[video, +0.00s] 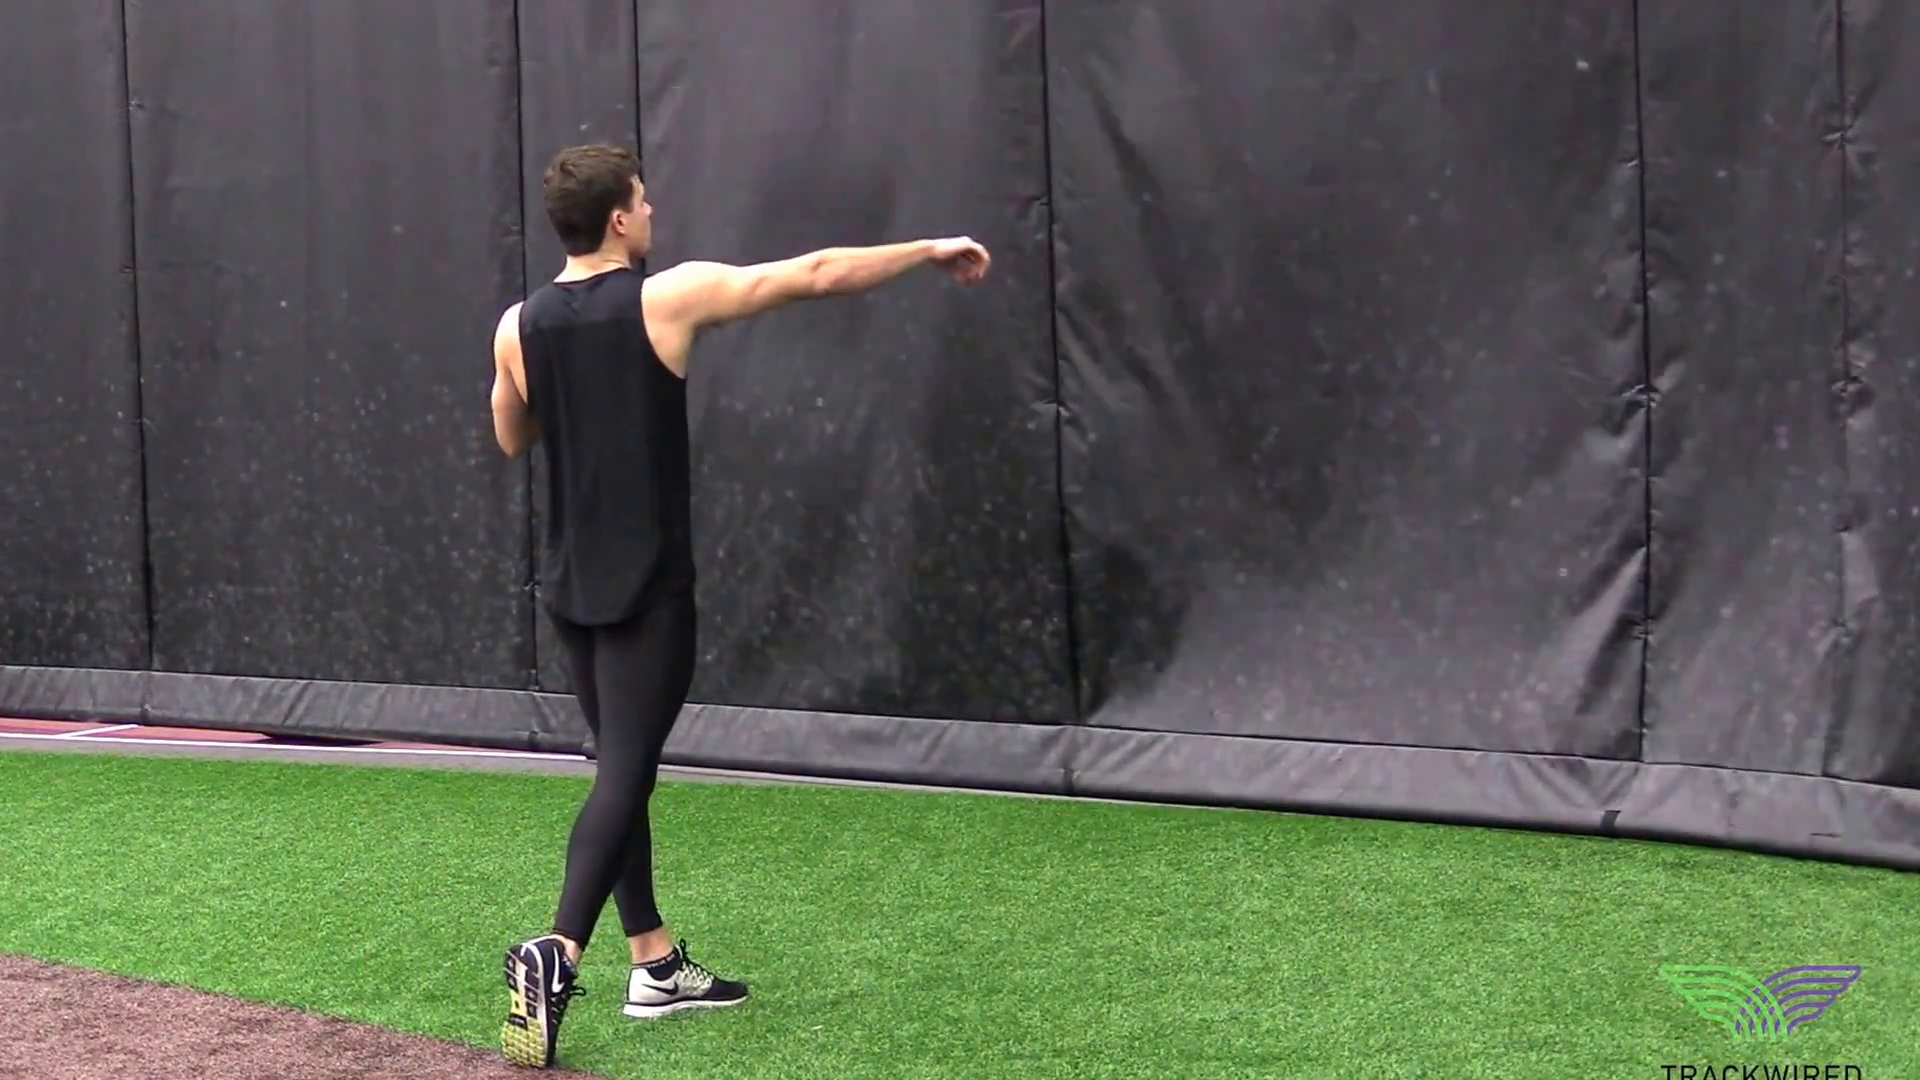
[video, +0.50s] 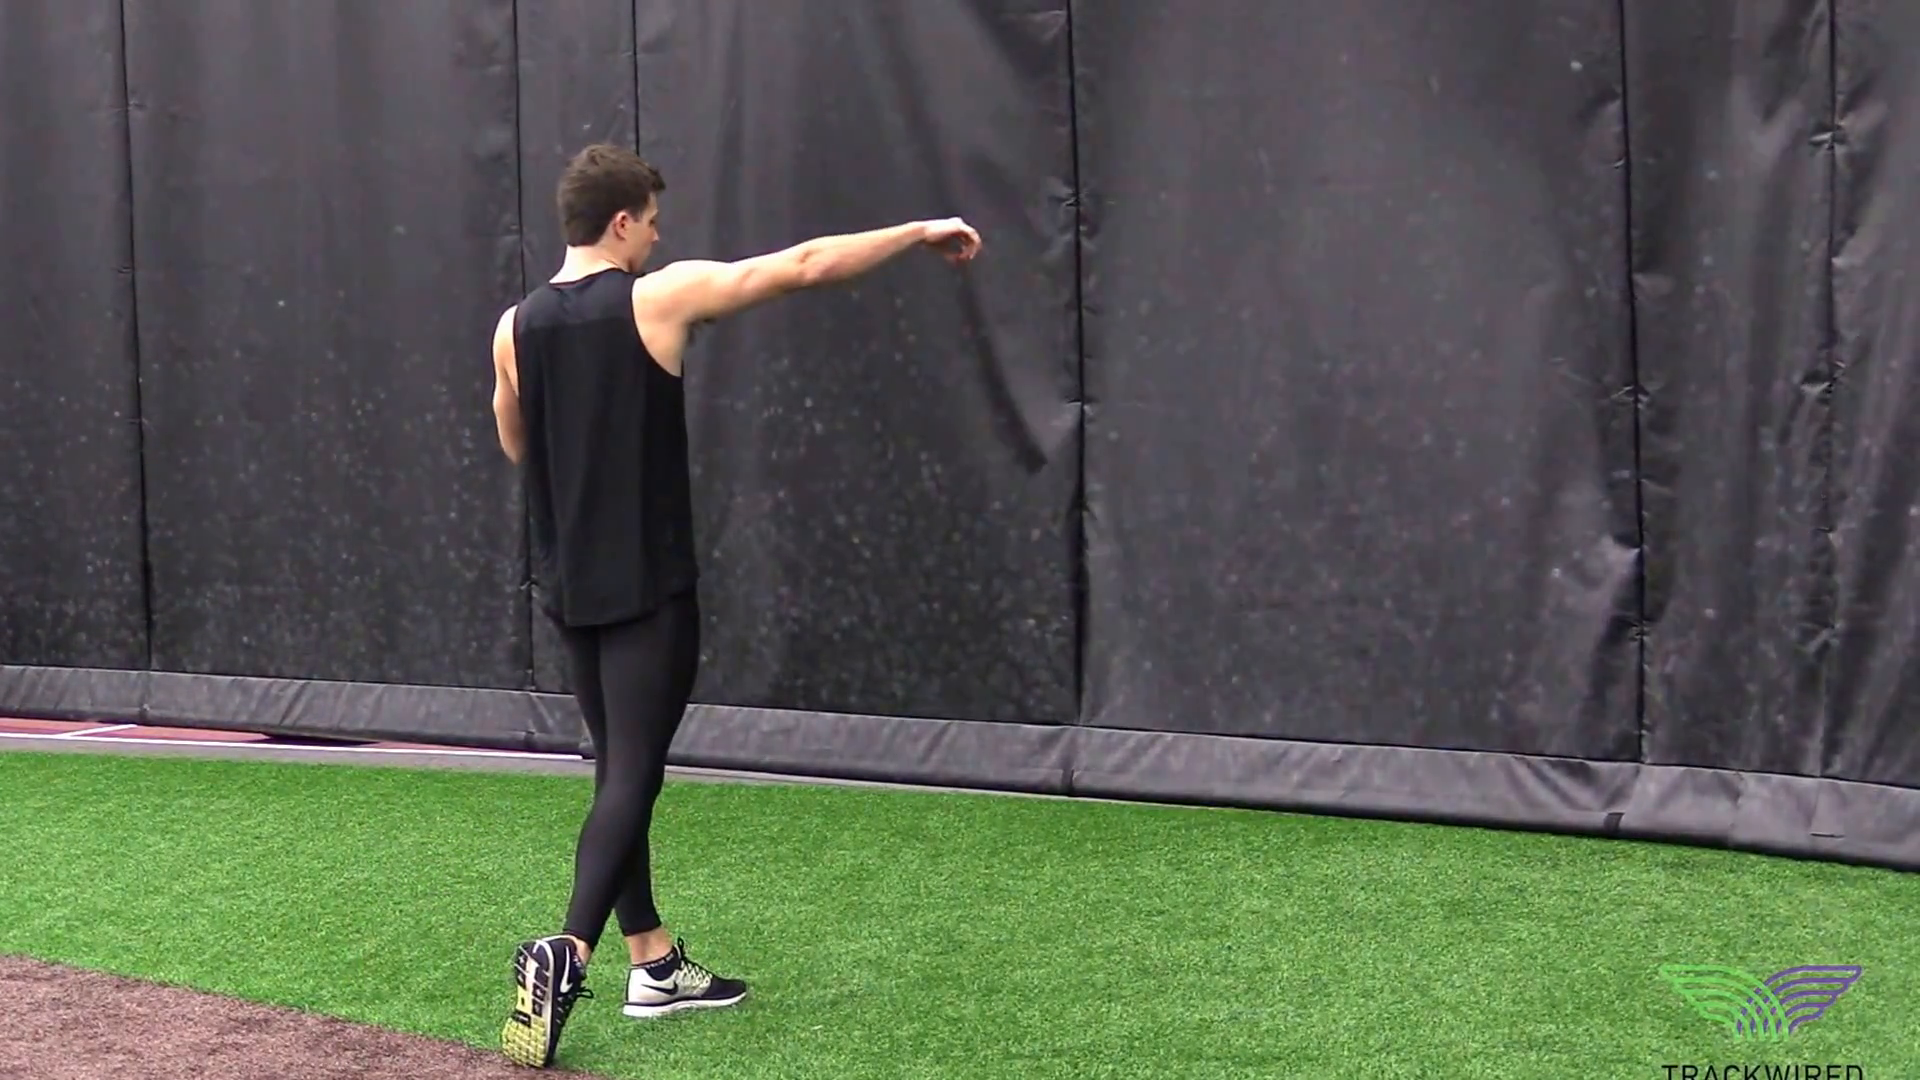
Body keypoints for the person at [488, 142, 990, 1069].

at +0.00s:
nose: (649, 212)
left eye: (642, 197)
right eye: (642, 201)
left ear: (563, 225)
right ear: (622, 218)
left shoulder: (519, 325)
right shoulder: (671, 296)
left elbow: (509, 438)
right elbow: (813, 275)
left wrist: (547, 368)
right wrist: (927, 249)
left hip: (571, 576)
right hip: (649, 574)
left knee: (621, 766)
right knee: (625, 769)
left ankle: (654, 963)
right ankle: (555, 952)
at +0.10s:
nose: (650, 217)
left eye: (644, 203)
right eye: (643, 206)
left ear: (564, 224)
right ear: (621, 220)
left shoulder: (517, 324)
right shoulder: (667, 296)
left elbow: (512, 438)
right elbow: (811, 276)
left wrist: (561, 373)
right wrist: (927, 252)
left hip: (573, 576)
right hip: (650, 574)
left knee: (622, 767)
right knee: (627, 771)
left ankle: (654, 963)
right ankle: (560, 953)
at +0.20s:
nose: (653, 226)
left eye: (648, 211)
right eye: (647, 213)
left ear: (567, 223)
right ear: (623, 220)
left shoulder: (515, 327)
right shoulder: (664, 296)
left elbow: (513, 441)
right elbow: (811, 274)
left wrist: (561, 370)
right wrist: (926, 248)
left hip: (575, 579)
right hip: (651, 576)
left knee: (622, 769)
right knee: (629, 774)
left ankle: (654, 963)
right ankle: (564, 953)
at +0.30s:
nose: (654, 230)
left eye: (649, 214)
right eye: (648, 216)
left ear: (570, 223)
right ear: (620, 220)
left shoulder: (515, 327)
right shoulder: (662, 295)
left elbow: (514, 443)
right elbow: (807, 271)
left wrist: (562, 374)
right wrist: (924, 241)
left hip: (574, 579)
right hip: (650, 575)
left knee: (622, 770)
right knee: (631, 774)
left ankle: (653, 963)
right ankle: (567, 954)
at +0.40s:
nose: (654, 232)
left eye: (651, 217)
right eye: (650, 218)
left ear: (571, 223)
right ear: (623, 221)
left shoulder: (516, 325)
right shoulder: (663, 295)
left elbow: (514, 444)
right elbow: (805, 268)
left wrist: (543, 365)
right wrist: (921, 236)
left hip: (573, 580)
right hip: (651, 576)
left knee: (621, 770)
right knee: (630, 773)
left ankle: (653, 961)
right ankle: (567, 953)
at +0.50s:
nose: (655, 235)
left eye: (653, 220)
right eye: (652, 221)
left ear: (574, 224)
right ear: (624, 222)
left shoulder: (516, 325)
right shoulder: (662, 296)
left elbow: (514, 443)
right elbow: (803, 266)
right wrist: (918, 231)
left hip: (572, 580)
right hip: (651, 576)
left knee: (621, 773)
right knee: (630, 777)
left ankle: (653, 963)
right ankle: (567, 953)